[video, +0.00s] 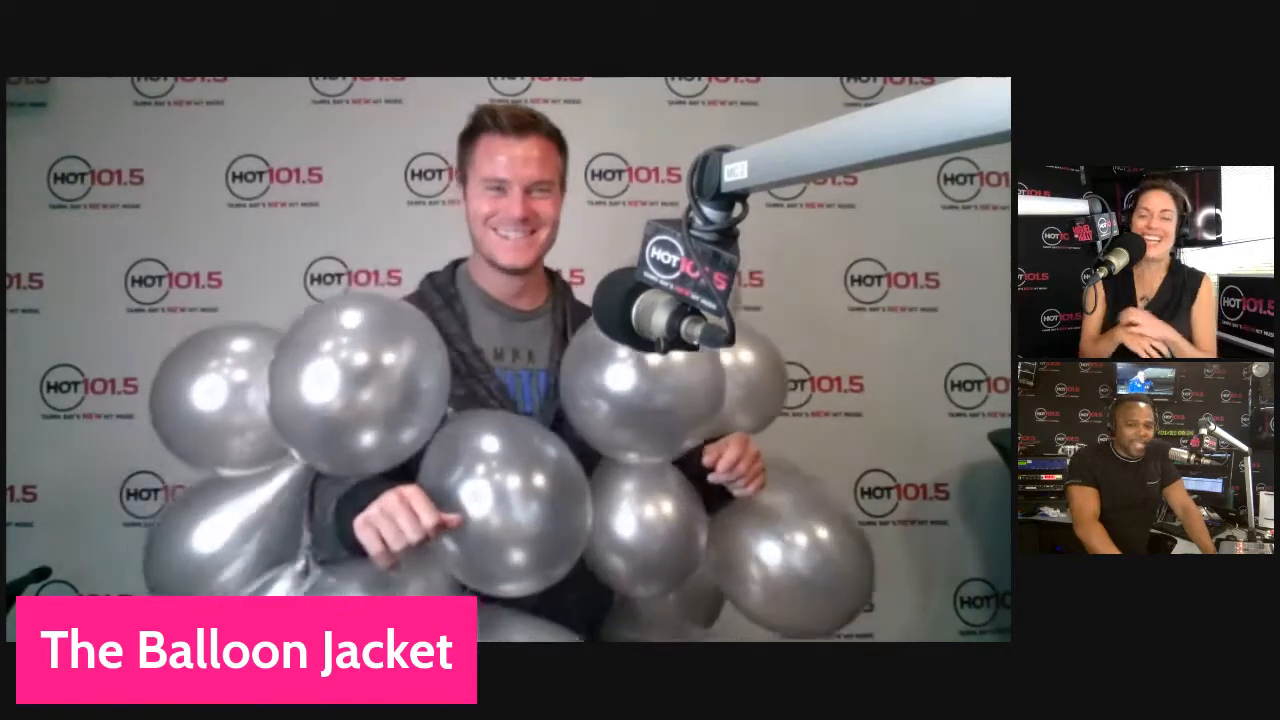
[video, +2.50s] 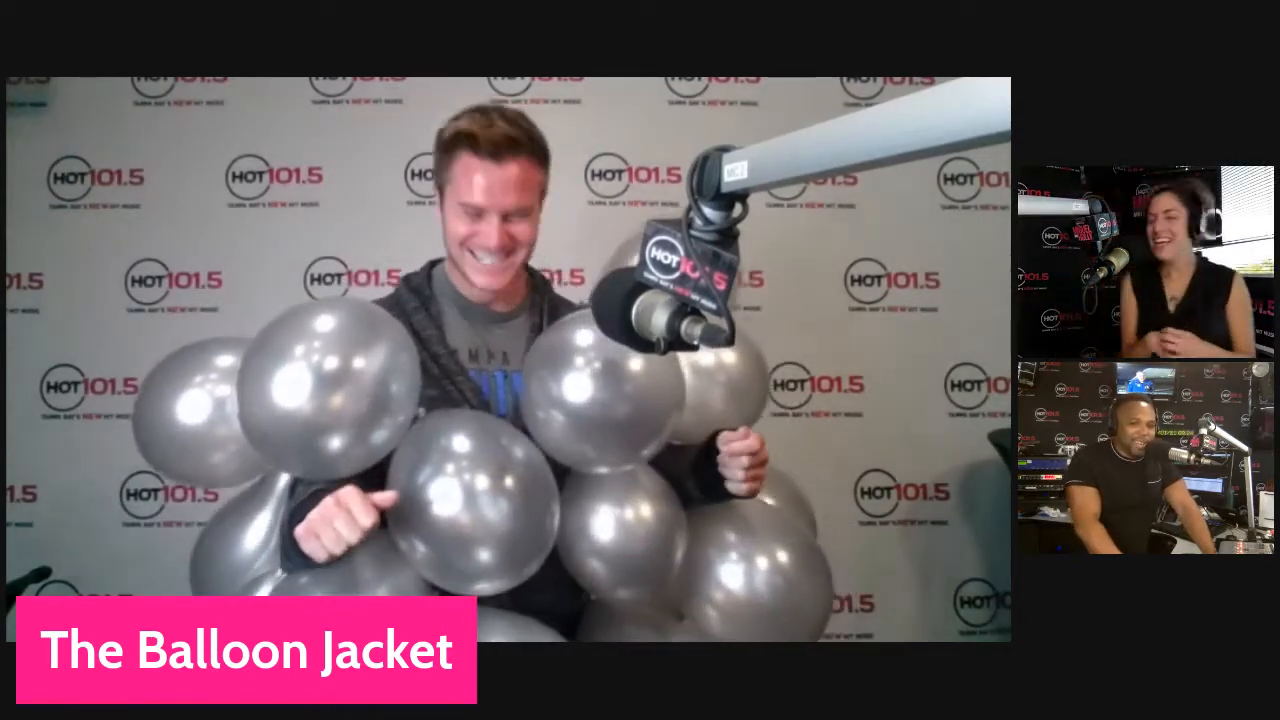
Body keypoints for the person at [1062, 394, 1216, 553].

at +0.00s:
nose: (1142, 433)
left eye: (1148, 426)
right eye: (1132, 425)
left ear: (1154, 429)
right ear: (1113, 428)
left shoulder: (1157, 458)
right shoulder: (1087, 461)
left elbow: (1186, 508)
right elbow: (1086, 525)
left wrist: (1210, 552)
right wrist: (1120, 560)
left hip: (1141, 554)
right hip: (1097, 556)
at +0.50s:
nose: (1144, 432)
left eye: (1150, 425)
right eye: (1134, 423)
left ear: (1155, 430)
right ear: (1113, 428)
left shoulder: (1156, 457)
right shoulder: (1087, 459)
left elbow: (1184, 509)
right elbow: (1085, 525)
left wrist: (1210, 552)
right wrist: (1120, 561)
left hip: (1140, 555)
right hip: (1095, 557)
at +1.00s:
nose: (1141, 428)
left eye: (1146, 421)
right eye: (1130, 420)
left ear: (1152, 427)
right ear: (1110, 427)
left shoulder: (1156, 458)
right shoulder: (1085, 461)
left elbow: (1187, 508)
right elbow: (1084, 525)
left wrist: (1211, 553)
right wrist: (1120, 564)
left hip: (1140, 557)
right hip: (1094, 559)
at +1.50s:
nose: (1142, 434)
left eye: (1148, 427)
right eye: (1132, 426)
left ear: (1154, 429)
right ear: (1111, 428)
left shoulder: (1156, 457)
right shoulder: (1086, 460)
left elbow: (1186, 507)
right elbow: (1085, 523)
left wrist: (1210, 552)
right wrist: (1118, 562)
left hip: (1142, 557)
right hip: (1097, 558)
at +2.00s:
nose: (1143, 429)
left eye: (1149, 422)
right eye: (1133, 422)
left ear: (1154, 426)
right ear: (1112, 426)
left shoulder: (1157, 457)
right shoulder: (1086, 460)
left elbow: (1186, 507)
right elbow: (1086, 524)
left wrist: (1210, 553)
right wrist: (1120, 564)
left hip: (1142, 558)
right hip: (1097, 561)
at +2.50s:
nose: (1144, 432)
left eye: (1150, 425)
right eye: (1134, 424)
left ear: (1156, 427)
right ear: (1114, 426)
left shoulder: (1156, 457)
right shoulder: (1087, 460)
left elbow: (1186, 507)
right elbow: (1086, 524)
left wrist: (1210, 551)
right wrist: (1119, 559)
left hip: (1142, 555)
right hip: (1098, 555)